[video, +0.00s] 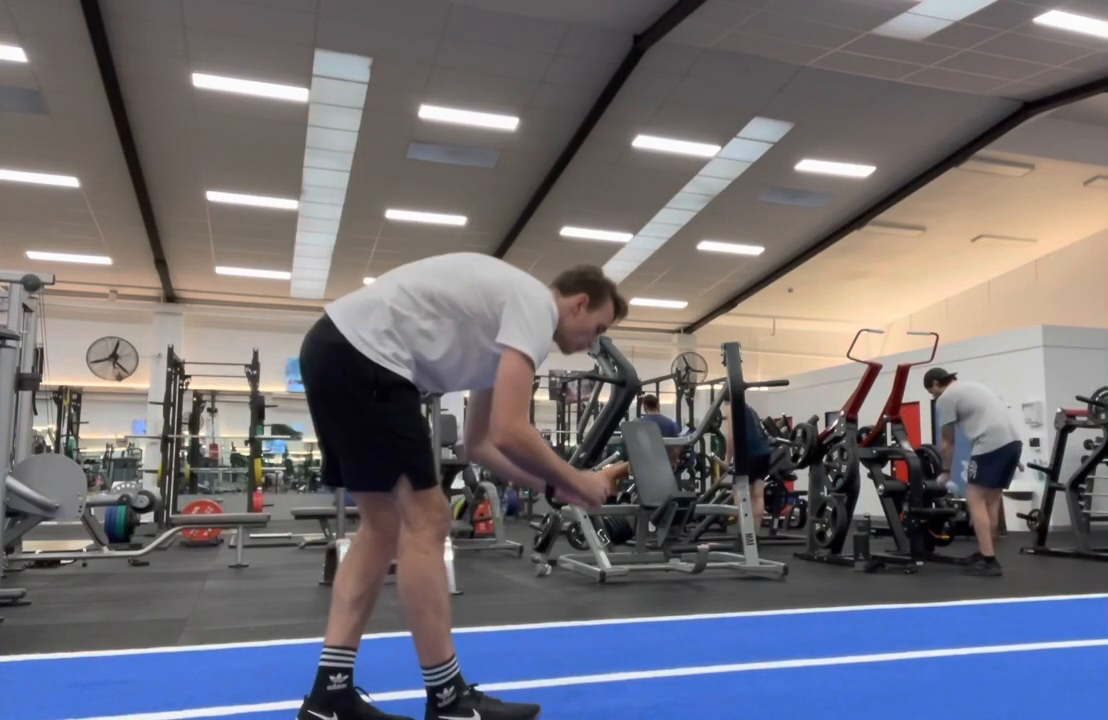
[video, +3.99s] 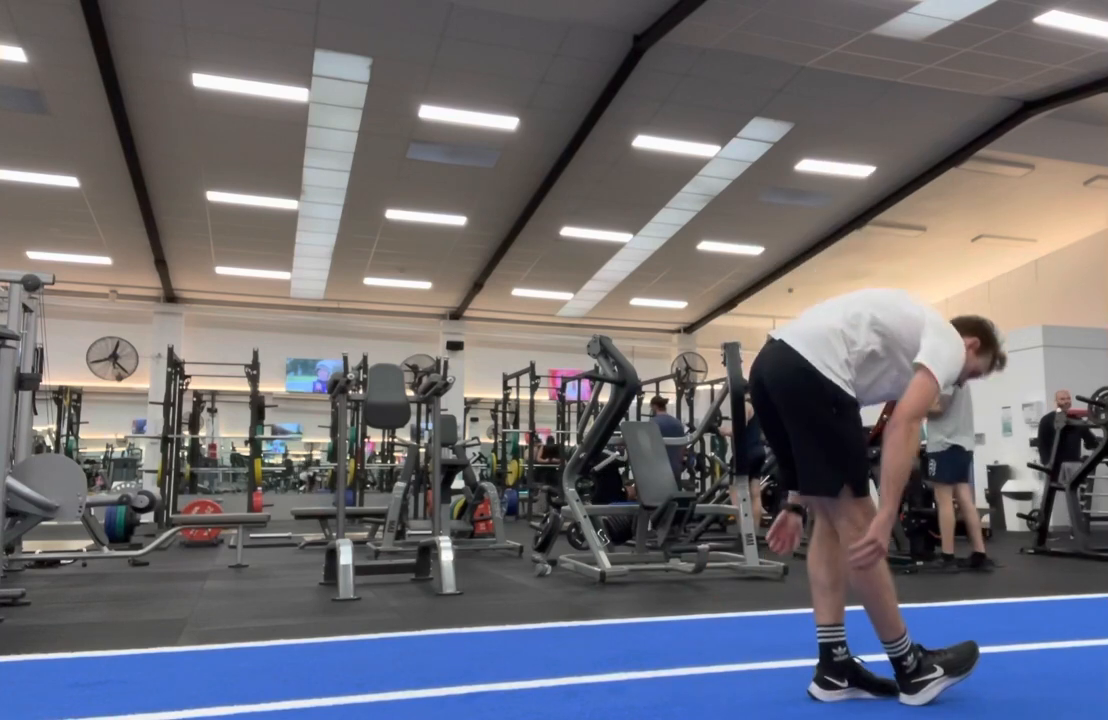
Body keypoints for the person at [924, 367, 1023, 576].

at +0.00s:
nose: (933, 396)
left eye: (931, 392)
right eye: (931, 393)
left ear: (937, 384)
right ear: (949, 379)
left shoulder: (946, 398)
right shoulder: (970, 387)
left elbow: (948, 441)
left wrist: (946, 472)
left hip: (991, 444)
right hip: (1012, 441)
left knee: (975, 500)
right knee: (992, 500)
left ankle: (988, 558)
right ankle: (984, 551)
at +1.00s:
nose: (916, 441)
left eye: (913, 436)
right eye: (912, 439)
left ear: (915, 427)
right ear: (917, 425)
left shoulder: (938, 420)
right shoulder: (938, 430)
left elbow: (959, 457)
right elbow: (960, 460)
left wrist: (959, 487)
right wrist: (959, 491)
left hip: (1006, 440)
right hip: (991, 445)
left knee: (996, 496)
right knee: (981, 496)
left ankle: (1005, 559)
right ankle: (981, 554)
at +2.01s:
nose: (917, 437)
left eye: (913, 433)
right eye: (913, 435)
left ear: (915, 423)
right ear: (918, 422)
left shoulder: (938, 419)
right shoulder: (938, 430)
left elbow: (958, 456)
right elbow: (958, 459)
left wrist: (956, 486)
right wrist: (954, 489)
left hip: (1006, 440)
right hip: (992, 445)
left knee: (996, 497)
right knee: (982, 497)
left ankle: (1005, 559)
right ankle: (981, 554)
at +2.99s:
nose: (925, 377)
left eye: (925, 371)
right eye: (923, 372)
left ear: (935, 365)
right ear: (939, 365)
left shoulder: (948, 379)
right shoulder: (957, 381)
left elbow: (950, 412)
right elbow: (961, 423)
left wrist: (934, 434)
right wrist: (941, 442)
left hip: (981, 440)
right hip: (983, 441)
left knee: (969, 495)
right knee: (973, 497)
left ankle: (996, 551)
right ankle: (981, 552)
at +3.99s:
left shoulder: (947, 374)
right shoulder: (956, 374)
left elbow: (939, 407)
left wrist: (918, 405)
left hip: (943, 442)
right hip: (962, 440)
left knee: (944, 500)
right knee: (965, 498)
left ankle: (947, 554)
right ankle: (979, 551)